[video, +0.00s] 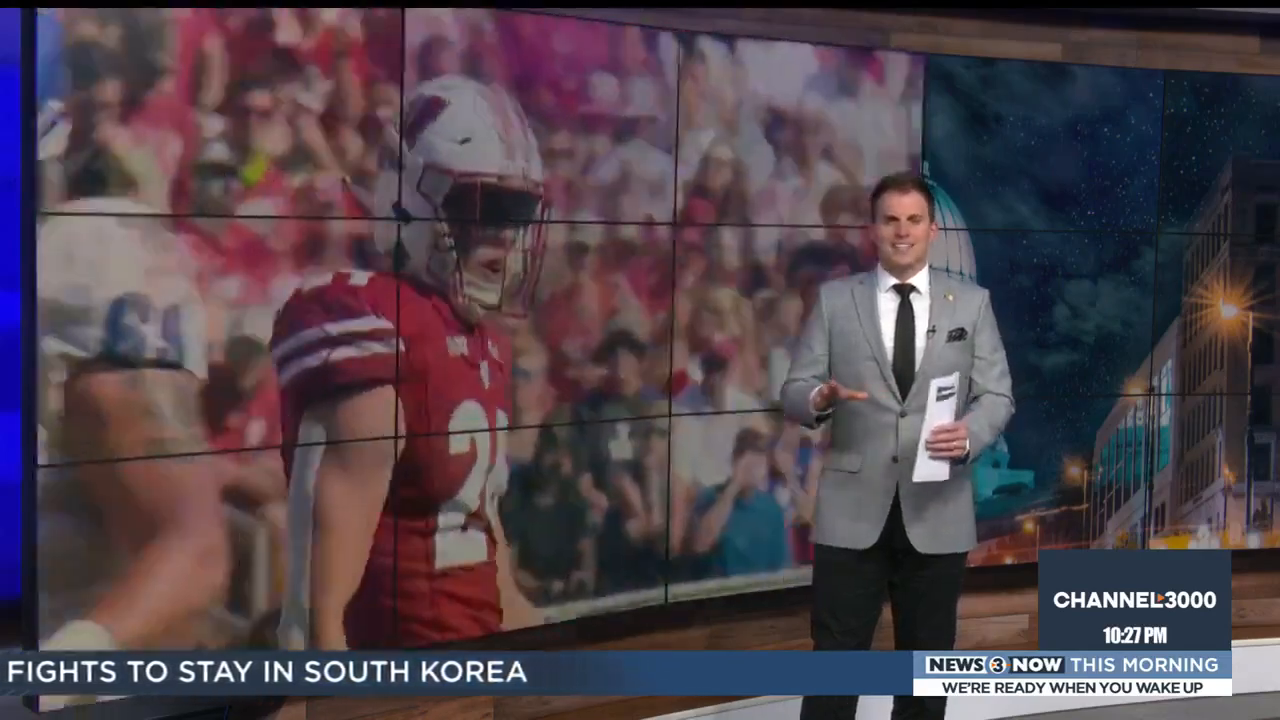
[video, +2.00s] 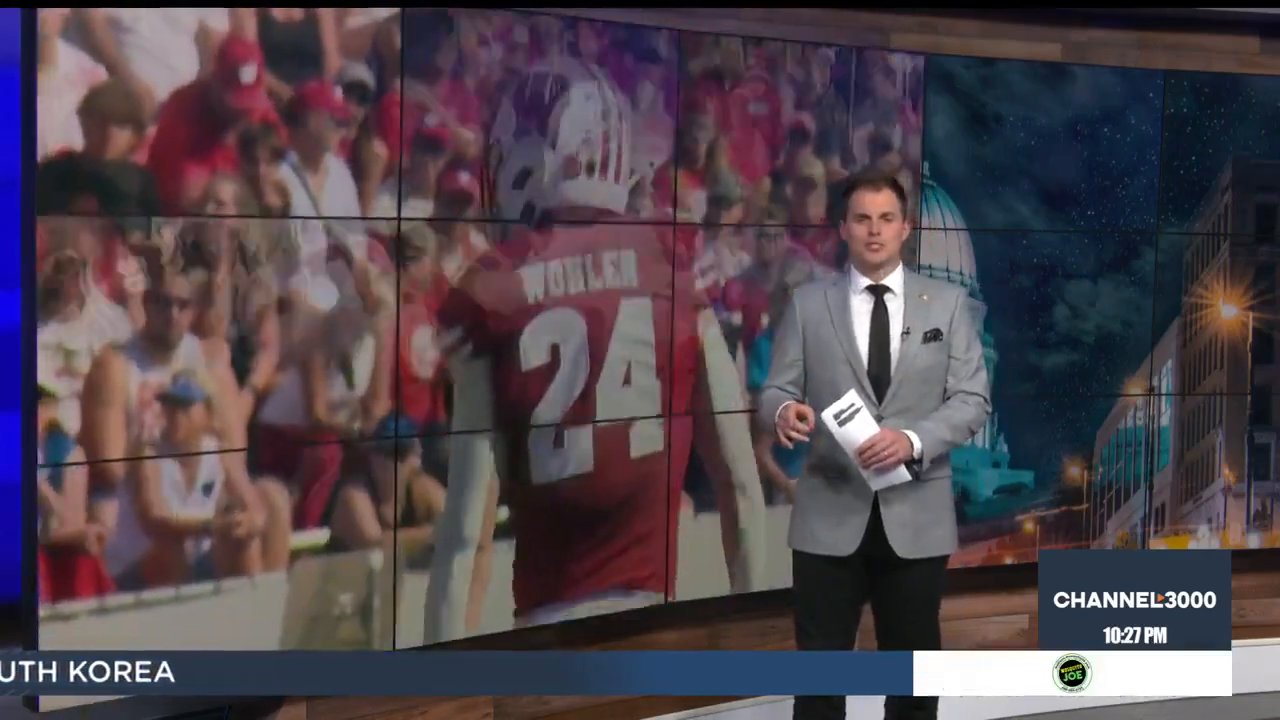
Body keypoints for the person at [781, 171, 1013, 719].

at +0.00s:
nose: (902, 231)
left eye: (914, 220)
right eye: (890, 220)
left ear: (932, 228)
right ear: (874, 229)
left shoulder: (970, 301)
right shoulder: (835, 300)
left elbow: (996, 396)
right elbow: (792, 392)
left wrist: (970, 432)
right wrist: (818, 398)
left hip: (937, 509)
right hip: (851, 508)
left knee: (928, 667)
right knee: (833, 665)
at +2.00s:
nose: (874, 231)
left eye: (887, 219)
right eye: (862, 219)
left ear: (906, 227)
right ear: (843, 228)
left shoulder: (948, 304)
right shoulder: (807, 303)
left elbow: (971, 403)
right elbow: (777, 391)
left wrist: (913, 439)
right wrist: (782, 412)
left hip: (914, 515)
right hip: (828, 515)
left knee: (914, 673)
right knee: (819, 673)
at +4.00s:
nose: (895, 231)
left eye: (909, 220)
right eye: (885, 220)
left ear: (932, 230)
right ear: (871, 228)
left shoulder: (966, 302)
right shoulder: (830, 300)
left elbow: (990, 400)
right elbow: (793, 394)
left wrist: (954, 457)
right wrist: (835, 399)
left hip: (935, 515)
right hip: (849, 513)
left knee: (927, 675)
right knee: (834, 672)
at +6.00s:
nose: (897, 231)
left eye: (911, 220)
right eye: (887, 220)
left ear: (932, 230)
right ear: (873, 229)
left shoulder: (970, 303)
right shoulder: (835, 301)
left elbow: (994, 401)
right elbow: (792, 407)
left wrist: (960, 457)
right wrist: (798, 394)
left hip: (937, 514)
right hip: (852, 512)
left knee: (929, 673)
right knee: (835, 671)